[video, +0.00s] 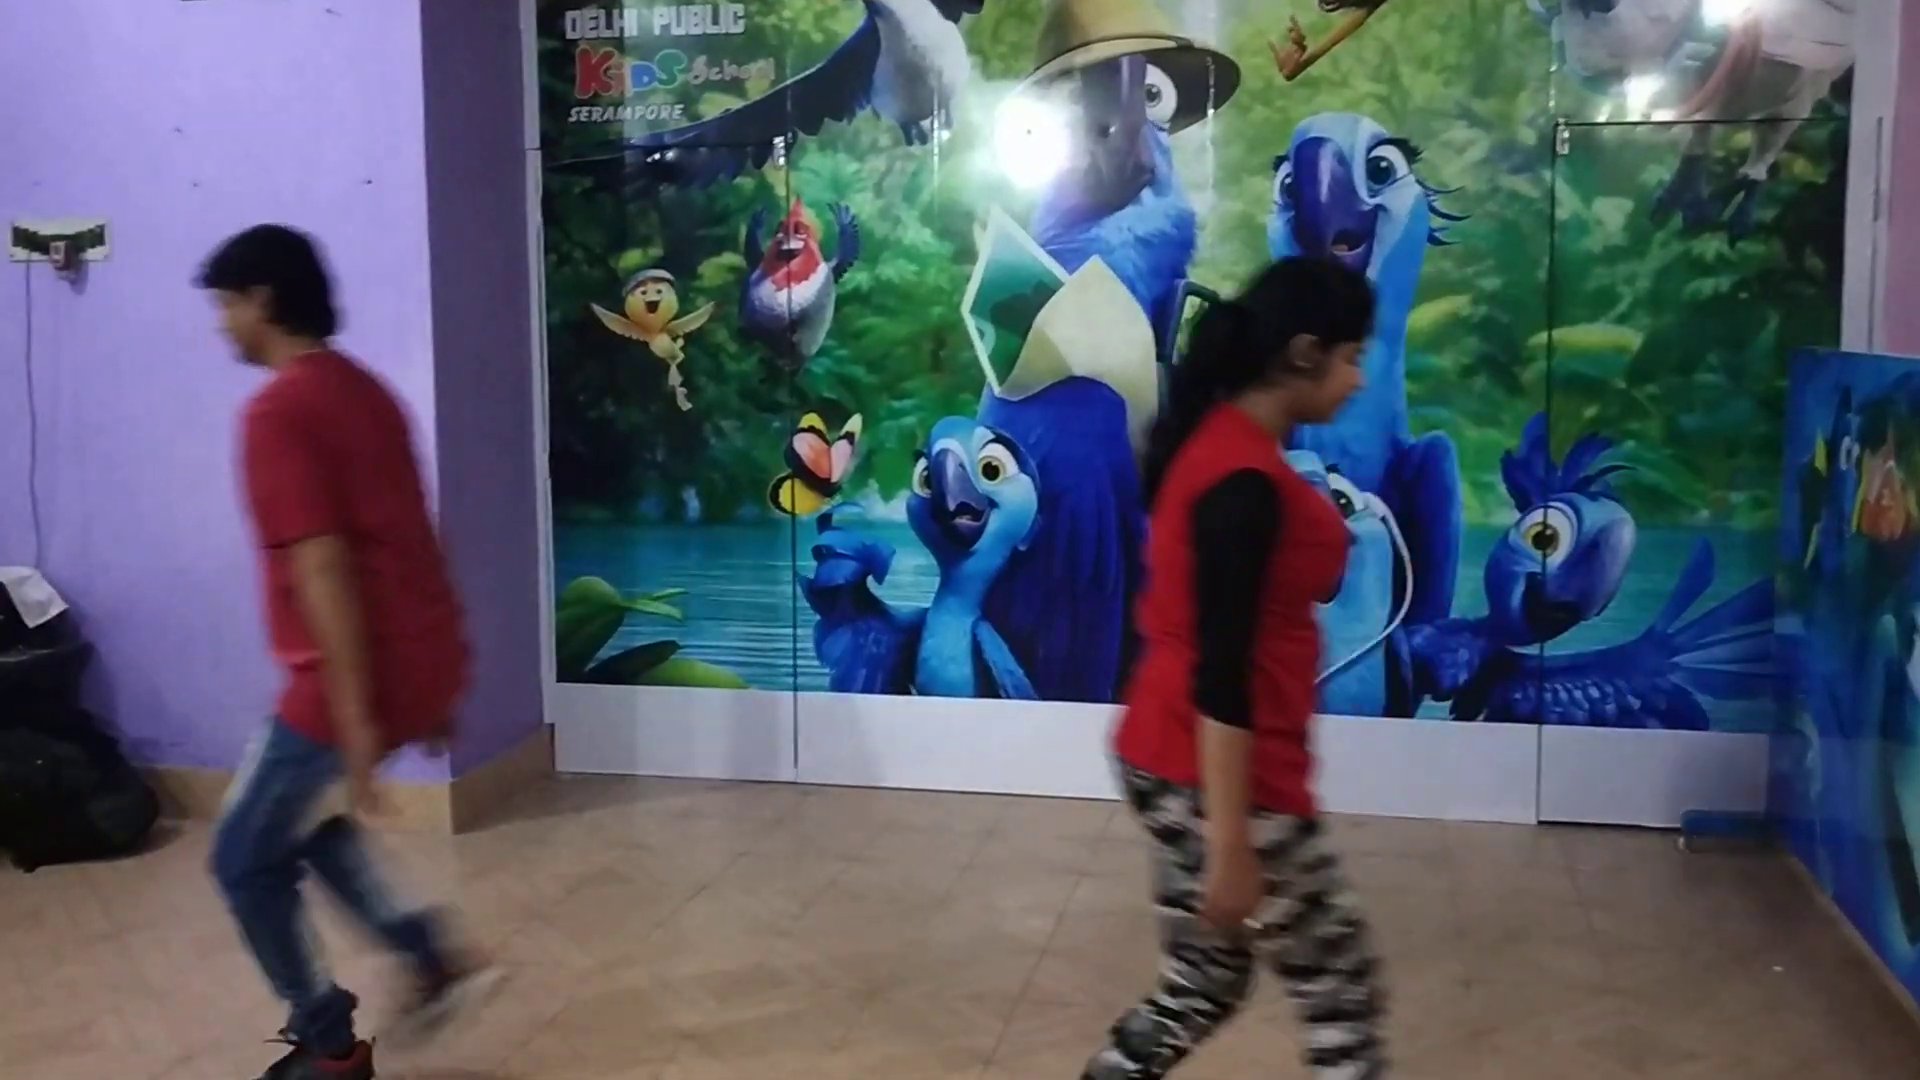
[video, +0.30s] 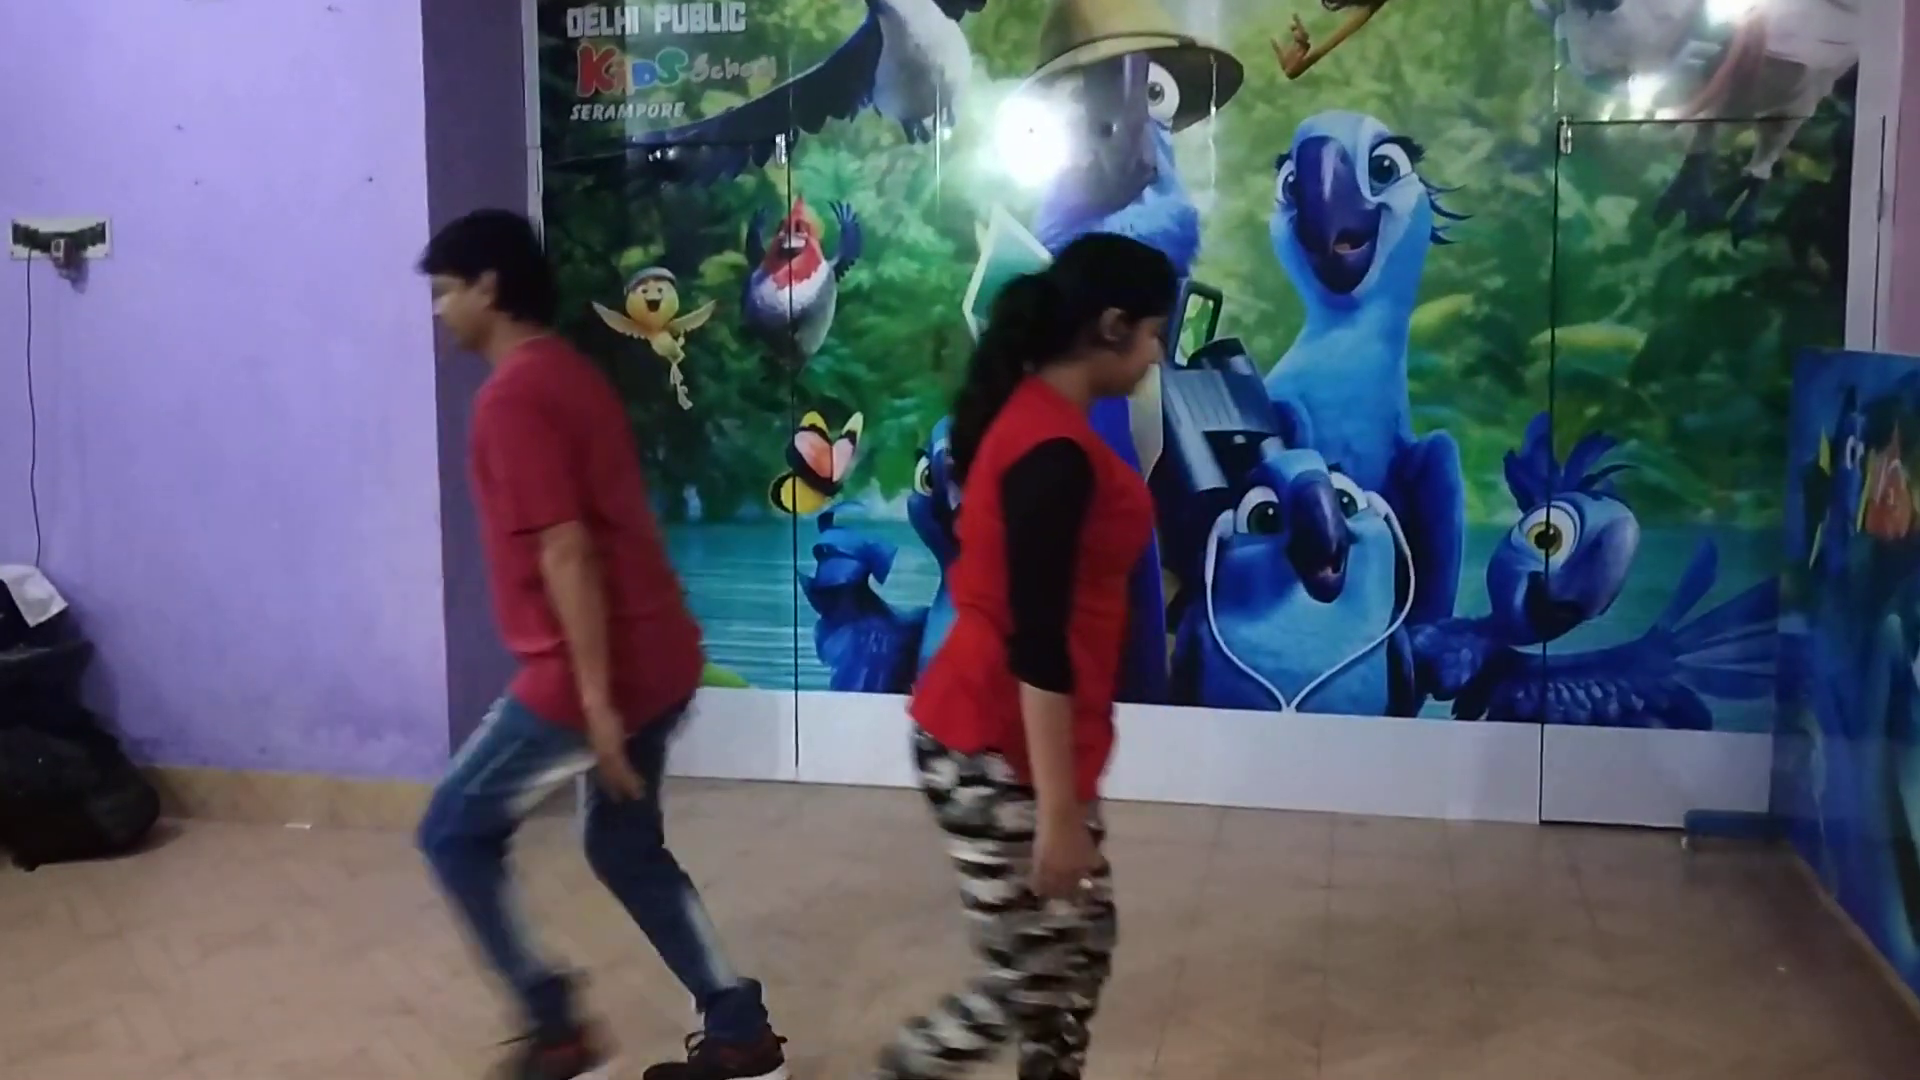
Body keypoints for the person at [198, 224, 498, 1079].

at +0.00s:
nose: (219, 319)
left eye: (226, 301)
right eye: (219, 302)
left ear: (265, 302)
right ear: (300, 300)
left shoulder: (281, 410)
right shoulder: (361, 388)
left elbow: (323, 568)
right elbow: (411, 541)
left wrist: (357, 723)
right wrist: (433, 689)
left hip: (345, 688)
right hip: (408, 671)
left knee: (244, 858)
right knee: (311, 824)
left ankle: (325, 1037)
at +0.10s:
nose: (287, 315)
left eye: (295, 297)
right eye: (287, 297)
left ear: (334, 298)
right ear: (356, 297)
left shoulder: (359, 403)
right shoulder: (423, 385)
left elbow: (403, 561)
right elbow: (451, 543)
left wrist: (444, 722)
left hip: (406, 693)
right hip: (470, 683)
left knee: (303, 845)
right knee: (421, 846)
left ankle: (332, 1041)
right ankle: (592, 957)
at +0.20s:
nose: (363, 309)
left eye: (370, 291)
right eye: (361, 292)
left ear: (413, 289)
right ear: (430, 290)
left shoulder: (444, 395)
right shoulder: (494, 374)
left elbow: (496, 554)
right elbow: (532, 532)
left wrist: (533, 716)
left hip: (505, 685)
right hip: (558, 674)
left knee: (396, 846)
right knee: (558, 857)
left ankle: (359, 1041)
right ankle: (708, 1008)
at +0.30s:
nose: (436, 309)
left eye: (443, 290)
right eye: (435, 291)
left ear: (489, 288)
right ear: (501, 288)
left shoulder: (516, 395)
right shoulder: (569, 373)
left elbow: (567, 550)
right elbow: (605, 530)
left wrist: (597, 703)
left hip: (583, 677)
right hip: (650, 667)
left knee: (453, 834)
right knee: (623, 846)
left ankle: (552, 1024)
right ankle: (736, 1025)